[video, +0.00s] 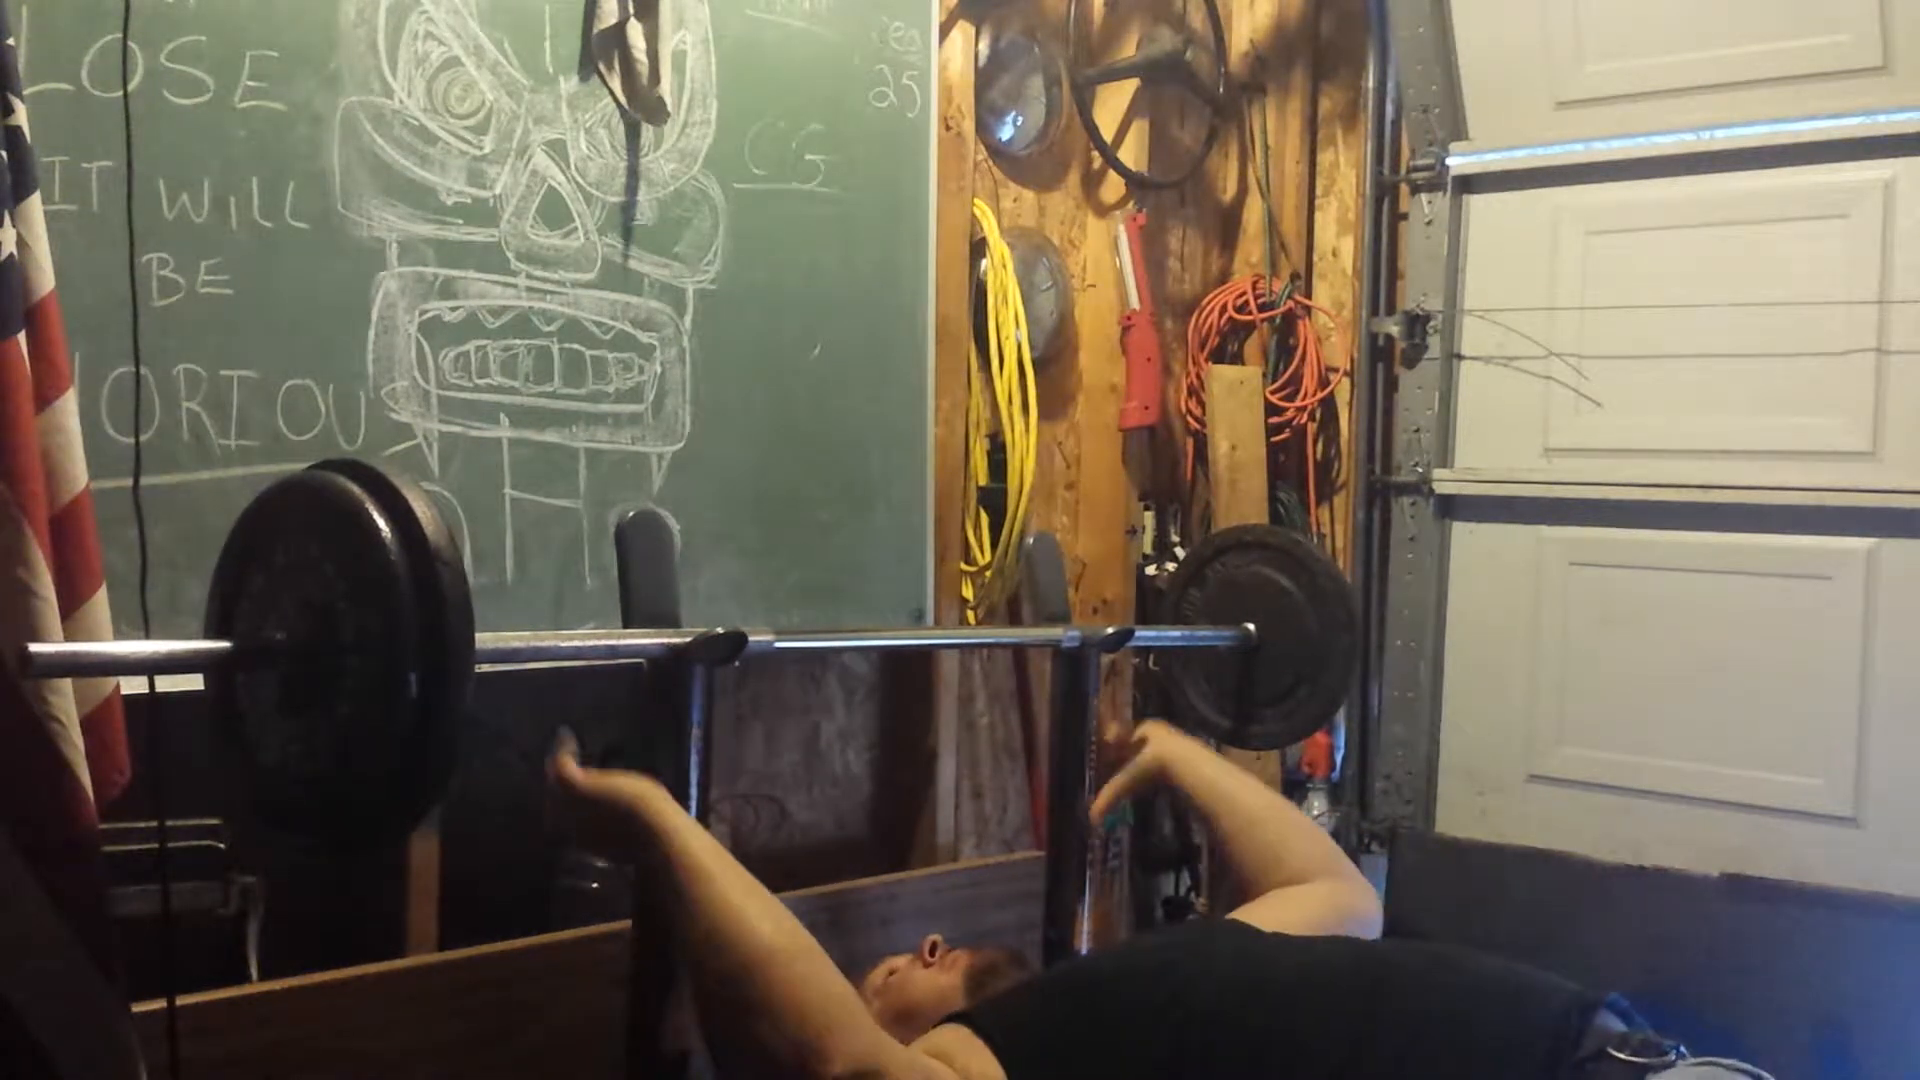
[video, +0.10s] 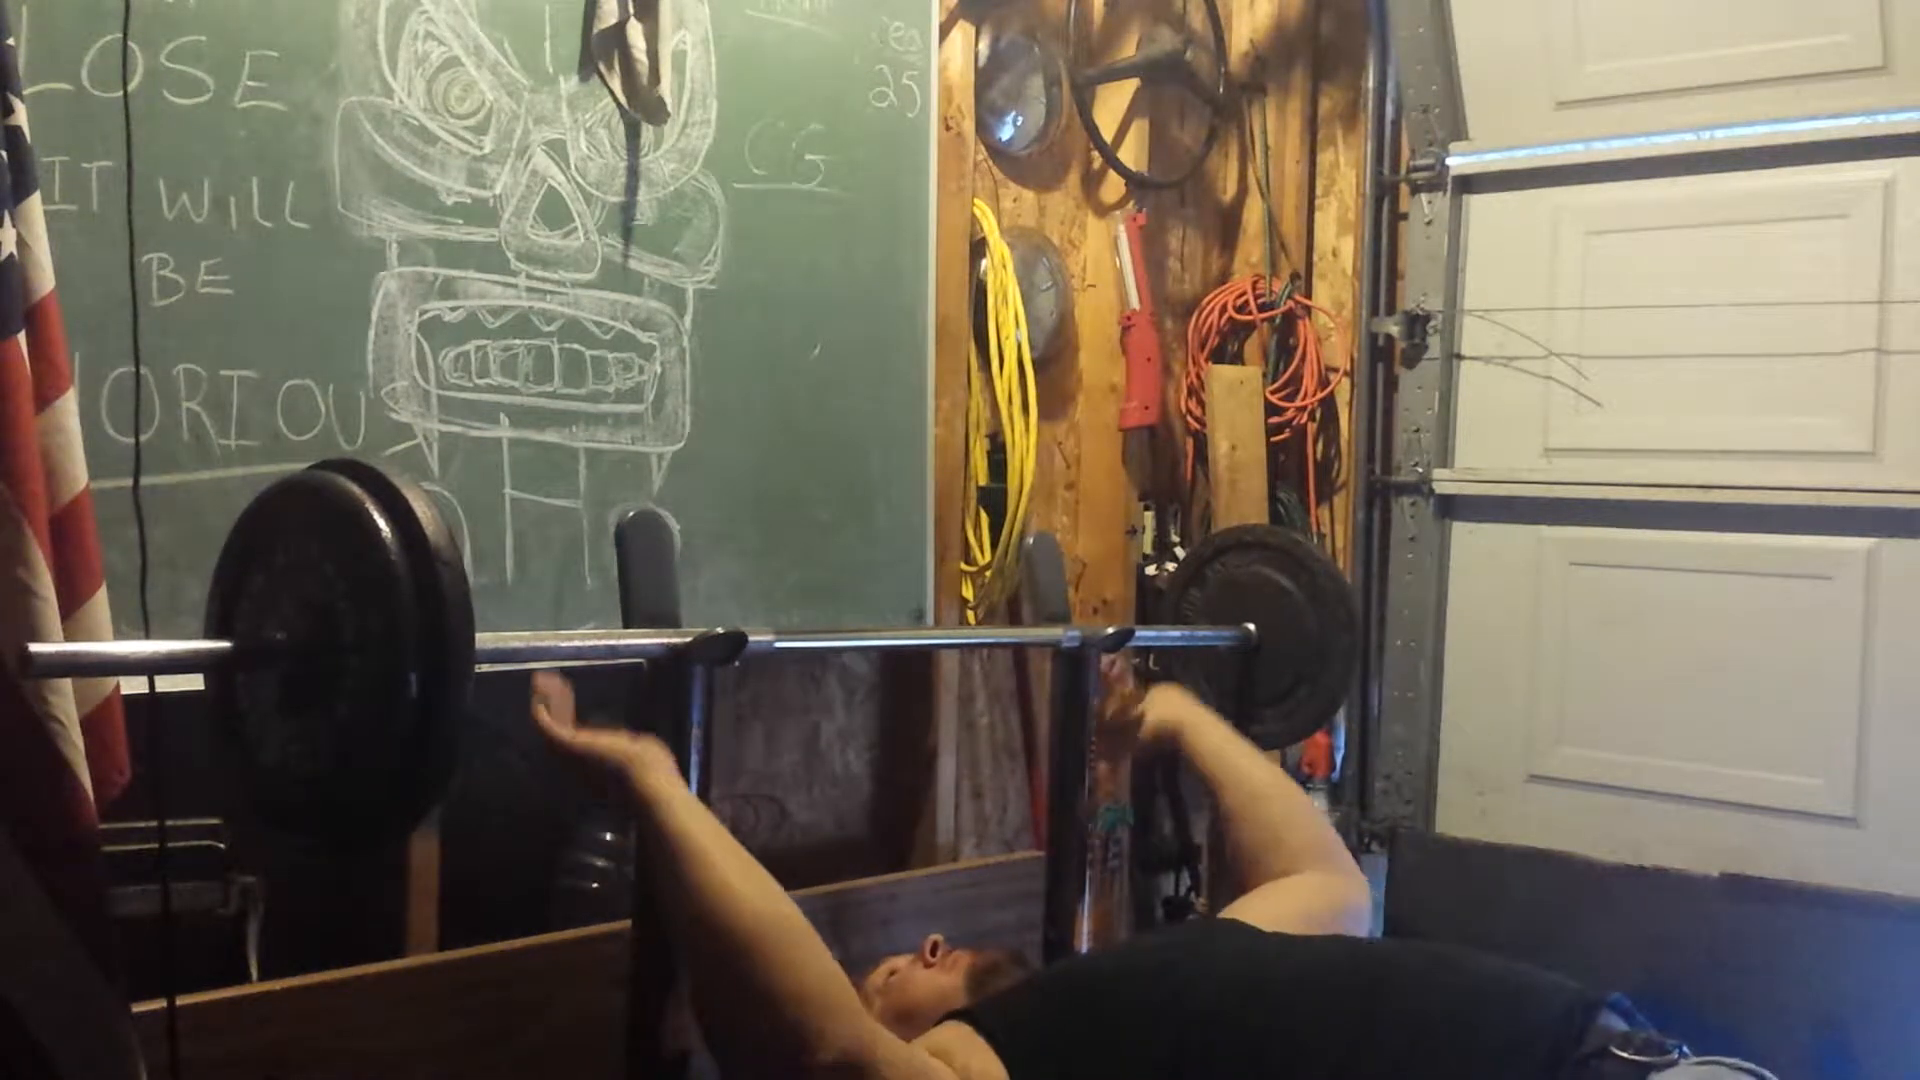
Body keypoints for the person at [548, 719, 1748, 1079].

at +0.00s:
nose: (925, 946)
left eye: (915, 945)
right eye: (892, 971)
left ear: (963, 956)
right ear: (878, 1034)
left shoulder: (1156, 975)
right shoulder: (946, 1068)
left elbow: (1333, 891)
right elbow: (806, 1021)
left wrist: (1176, 749)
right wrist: (656, 812)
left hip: (1639, 1044)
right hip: (1544, 1076)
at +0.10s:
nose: (913, 957)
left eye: (916, 950)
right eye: (887, 977)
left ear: (981, 953)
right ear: (885, 1033)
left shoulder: (1186, 970)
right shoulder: (945, 1071)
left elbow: (1329, 873)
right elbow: (793, 998)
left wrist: (1183, 712)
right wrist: (648, 771)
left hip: (1668, 1052)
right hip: (1570, 1070)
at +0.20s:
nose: (916, 964)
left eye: (922, 958)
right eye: (891, 982)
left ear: (982, 970)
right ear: (888, 1031)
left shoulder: (1174, 975)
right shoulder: (957, 1072)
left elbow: (1322, 872)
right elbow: (811, 1020)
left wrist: (1208, 688)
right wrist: (655, 744)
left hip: (1654, 1047)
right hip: (1576, 1065)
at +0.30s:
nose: (922, 947)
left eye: (909, 946)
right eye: (882, 972)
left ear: (957, 964)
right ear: (866, 1029)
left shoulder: (1168, 975)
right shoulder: (962, 1068)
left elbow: (1310, 854)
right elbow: (799, 996)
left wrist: (1206, 676)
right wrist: (654, 726)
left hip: (1678, 1053)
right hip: (1587, 1065)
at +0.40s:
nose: (923, 946)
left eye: (912, 943)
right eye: (887, 973)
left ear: (967, 959)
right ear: (876, 1034)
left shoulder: (1167, 974)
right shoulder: (966, 1067)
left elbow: (1302, 854)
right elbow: (798, 997)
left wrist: (1208, 678)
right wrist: (641, 728)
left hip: (1651, 1048)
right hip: (1568, 1062)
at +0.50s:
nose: (912, 953)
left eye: (913, 951)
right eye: (886, 975)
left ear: (969, 965)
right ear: (885, 1035)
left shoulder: (1157, 981)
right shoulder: (955, 1072)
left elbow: (1293, 858)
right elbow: (797, 1009)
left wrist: (1224, 684)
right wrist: (608, 736)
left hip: (1667, 1047)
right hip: (1571, 1061)